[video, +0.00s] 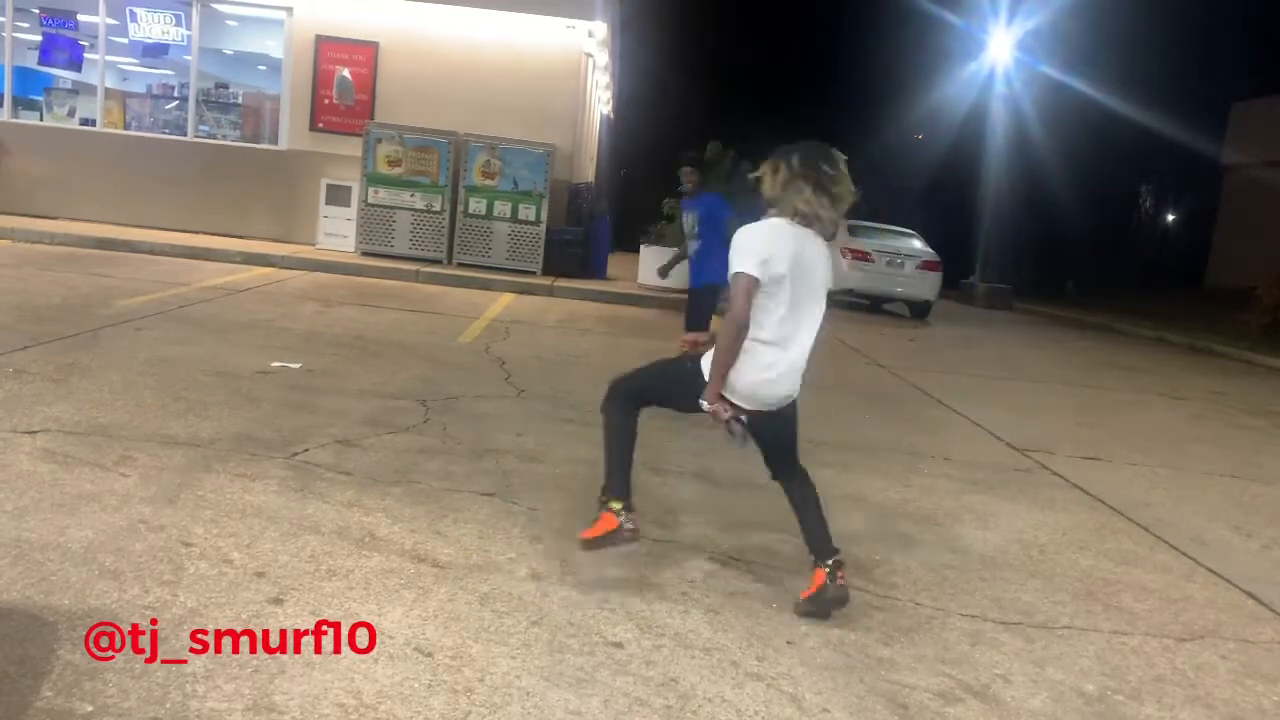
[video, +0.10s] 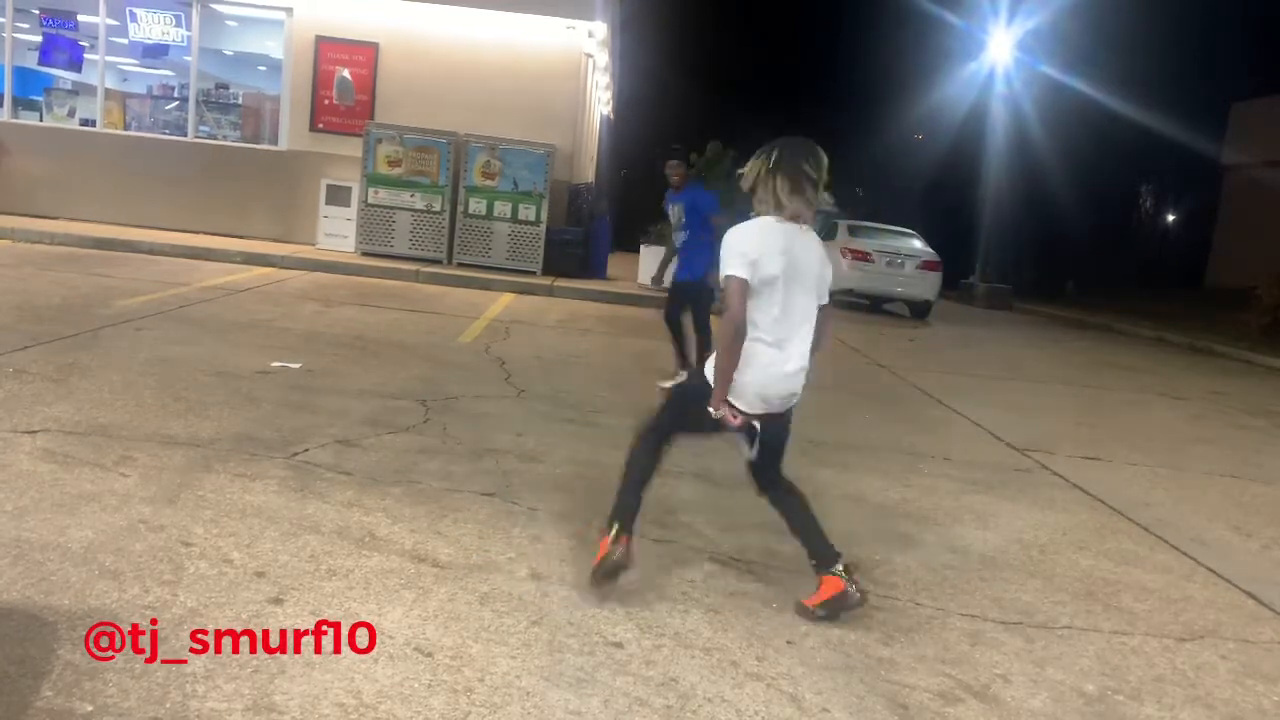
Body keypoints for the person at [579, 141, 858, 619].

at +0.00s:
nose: (765, 184)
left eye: (771, 178)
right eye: (769, 177)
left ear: (779, 183)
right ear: (826, 194)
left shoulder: (755, 236)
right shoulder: (820, 251)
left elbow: (739, 317)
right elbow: (790, 324)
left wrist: (716, 387)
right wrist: (715, 339)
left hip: (726, 376)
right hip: (778, 390)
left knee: (622, 393)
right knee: (789, 470)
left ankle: (616, 508)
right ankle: (829, 568)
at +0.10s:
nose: (751, 187)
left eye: (755, 181)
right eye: (757, 182)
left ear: (762, 183)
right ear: (811, 190)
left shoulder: (745, 237)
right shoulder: (819, 249)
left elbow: (735, 320)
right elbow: (821, 332)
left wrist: (720, 395)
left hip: (732, 385)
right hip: (784, 393)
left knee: (655, 430)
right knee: (769, 476)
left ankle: (619, 532)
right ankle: (834, 573)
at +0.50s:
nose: (756, 205)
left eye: (760, 198)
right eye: (759, 198)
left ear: (767, 203)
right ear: (820, 202)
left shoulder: (746, 259)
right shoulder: (840, 242)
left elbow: (708, 332)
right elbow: (891, 300)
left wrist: (725, 408)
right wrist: (863, 375)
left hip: (757, 401)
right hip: (813, 404)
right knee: (771, 490)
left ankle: (672, 523)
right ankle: (850, 584)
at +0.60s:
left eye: (762, 188)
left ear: (765, 192)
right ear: (822, 194)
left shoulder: (736, 247)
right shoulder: (837, 242)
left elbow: (700, 324)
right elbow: (873, 304)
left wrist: (714, 399)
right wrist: (848, 385)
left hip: (739, 402)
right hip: (800, 405)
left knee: (728, 485)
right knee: (806, 483)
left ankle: (692, 568)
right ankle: (849, 583)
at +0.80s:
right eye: (809, 186)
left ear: (752, 184)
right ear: (806, 188)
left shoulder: (715, 234)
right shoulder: (813, 242)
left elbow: (673, 298)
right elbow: (828, 309)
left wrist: (675, 377)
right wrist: (804, 387)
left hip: (713, 395)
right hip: (773, 398)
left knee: (733, 493)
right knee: (785, 481)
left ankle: (689, 589)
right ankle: (788, 566)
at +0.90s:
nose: (735, 171)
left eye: (739, 164)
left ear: (743, 171)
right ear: (796, 176)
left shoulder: (709, 219)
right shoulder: (803, 225)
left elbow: (650, 270)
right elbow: (821, 286)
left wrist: (657, 349)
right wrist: (798, 363)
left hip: (695, 386)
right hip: (758, 390)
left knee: (681, 476)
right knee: (776, 484)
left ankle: (686, 581)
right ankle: (787, 594)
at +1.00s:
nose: (719, 166)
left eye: (724, 158)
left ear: (729, 164)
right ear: (784, 168)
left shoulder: (698, 211)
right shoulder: (793, 213)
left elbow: (636, 240)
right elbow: (811, 262)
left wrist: (645, 322)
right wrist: (789, 340)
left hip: (681, 380)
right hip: (751, 388)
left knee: (619, 447)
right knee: (800, 468)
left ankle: (629, 556)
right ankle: (818, 584)